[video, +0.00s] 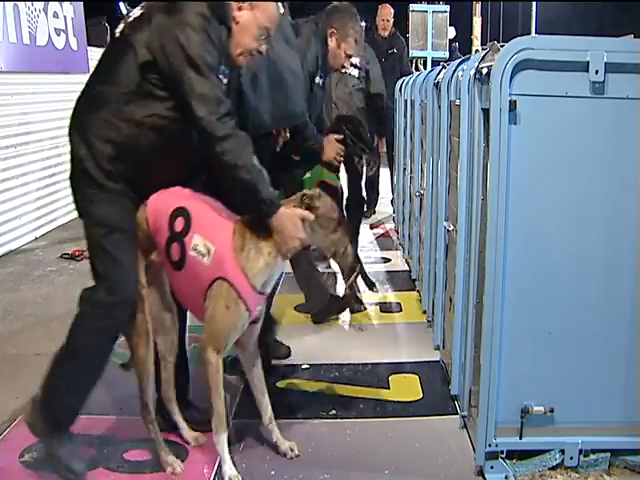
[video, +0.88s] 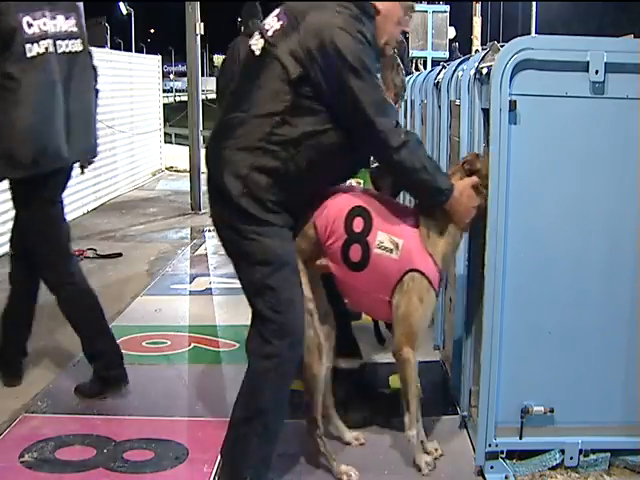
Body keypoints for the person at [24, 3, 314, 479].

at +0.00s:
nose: (262, 48)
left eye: (268, 39)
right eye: (262, 34)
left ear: (239, 12)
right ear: (238, 8)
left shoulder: (205, 32)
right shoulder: (184, 22)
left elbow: (219, 137)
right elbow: (217, 127)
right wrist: (272, 211)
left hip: (161, 178)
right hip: (108, 169)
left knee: (172, 292)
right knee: (118, 292)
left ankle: (172, 404)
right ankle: (49, 416)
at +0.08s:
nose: (277, 46)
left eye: (283, 38)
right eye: (277, 32)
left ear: (255, 11)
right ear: (254, 9)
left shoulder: (221, 28)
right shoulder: (198, 26)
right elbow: (232, 132)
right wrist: (285, 207)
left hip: (173, 166)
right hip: (121, 161)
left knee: (209, 265)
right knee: (137, 283)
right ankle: (100, 431)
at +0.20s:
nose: (295, 43)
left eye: (302, 34)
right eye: (296, 27)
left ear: (271, 11)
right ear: (270, 6)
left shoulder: (243, 31)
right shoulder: (218, 23)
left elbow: (254, 130)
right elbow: (253, 133)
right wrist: (309, 201)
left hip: (199, 171)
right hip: (142, 169)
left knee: (247, 262)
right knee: (170, 297)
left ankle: (261, 353)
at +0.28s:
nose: (306, 40)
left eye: (312, 31)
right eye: (307, 25)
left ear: (281, 9)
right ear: (282, 5)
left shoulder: (245, 23)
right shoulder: (233, 23)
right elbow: (269, 129)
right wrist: (328, 200)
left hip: (178, 168)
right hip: (149, 166)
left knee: (197, 293)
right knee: (187, 306)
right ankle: (221, 445)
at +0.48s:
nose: (335, 29)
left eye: (340, 18)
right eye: (335, 13)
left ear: (306, 7)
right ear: (306, 2)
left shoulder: (265, 23)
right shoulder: (264, 31)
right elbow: (310, 138)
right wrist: (372, 201)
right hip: (179, 193)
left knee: (236, 307)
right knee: (237, 322)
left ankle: (197, 368)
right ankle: (241, 466)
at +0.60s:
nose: (351, 19)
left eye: (354, 12)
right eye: (348, 9)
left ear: (329, 7)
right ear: (324, 2)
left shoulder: (294, 22)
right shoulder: (283, 28)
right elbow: (331, 130)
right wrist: (395, 198)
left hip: (231, 174)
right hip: (197, 176)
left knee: (272, 262)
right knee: (249, 316)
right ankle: (245, 466)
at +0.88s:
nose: (405, 31)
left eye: (408, 20)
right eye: (404, 15)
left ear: (373, 9)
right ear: (378, 5)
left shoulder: (321, 15)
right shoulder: (338, 27)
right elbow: (384, 132)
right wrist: (446, 194)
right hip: (251, 188)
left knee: (327, 292)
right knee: (282, 326)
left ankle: (350, 398)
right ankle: (241, 470)